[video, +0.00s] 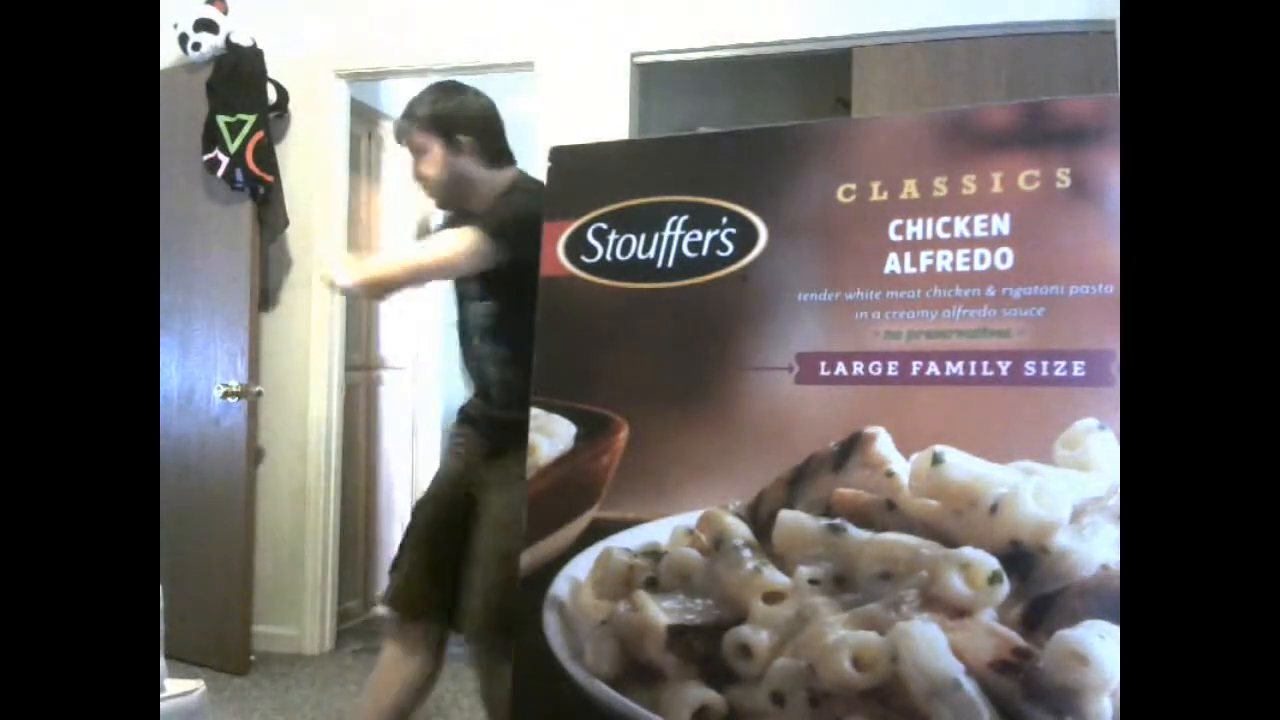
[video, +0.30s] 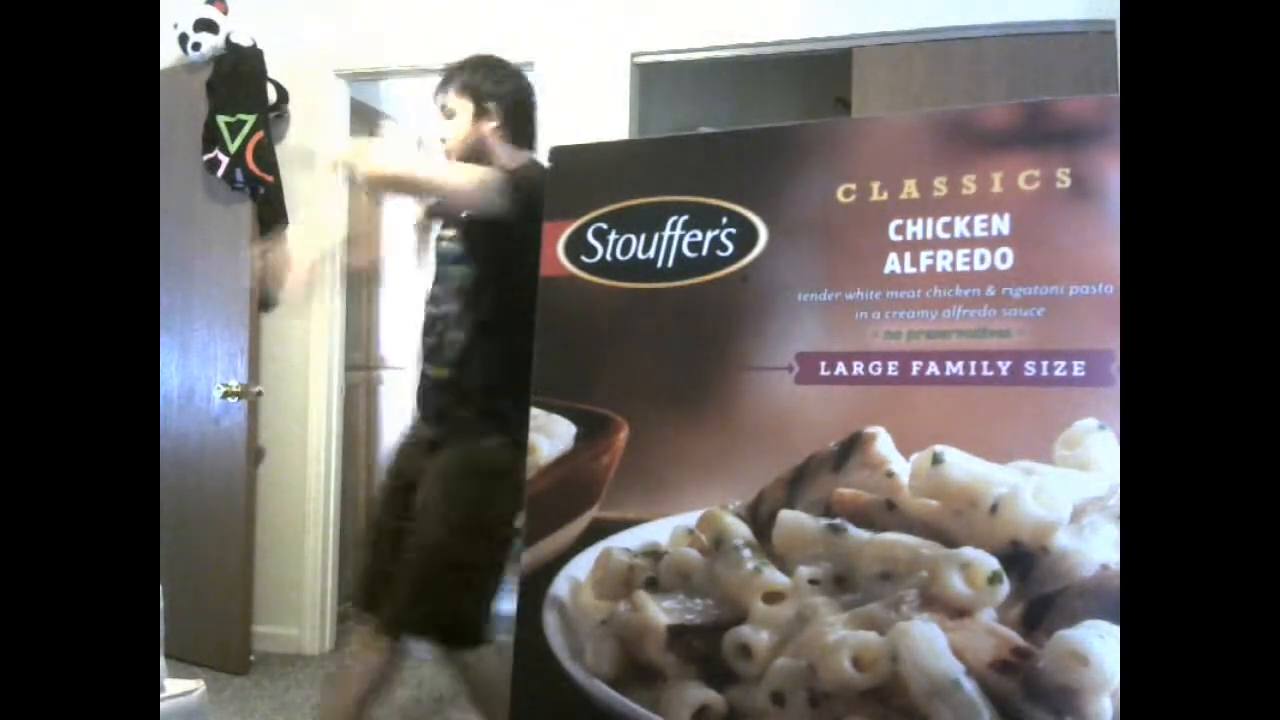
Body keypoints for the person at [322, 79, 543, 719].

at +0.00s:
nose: (415, 172)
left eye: (420, 154)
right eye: (412, 156)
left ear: (460, 145)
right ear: (456, 149)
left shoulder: (525, 206)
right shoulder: (477, 215)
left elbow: (451, 259)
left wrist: (361, 275)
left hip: (534, 439)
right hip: (478, 429)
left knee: (498, 630)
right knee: (415, 613)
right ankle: (374, 713)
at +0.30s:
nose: (438, 130)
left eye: (448, 115)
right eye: (439, 116)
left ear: (491, 117)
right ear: (490, 120)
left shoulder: (525, 184)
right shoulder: (470, 189)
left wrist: (378, 169)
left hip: (485, 441)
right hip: (431, 430)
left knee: (454, 625)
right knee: (377, 615)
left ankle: (509, 714)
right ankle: (336, 712)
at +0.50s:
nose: (443, 112)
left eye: (456, 96)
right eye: (427, 98)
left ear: (480, 102)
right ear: (407, 109)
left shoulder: (517, 188)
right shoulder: (384, 203)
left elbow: (595, 171)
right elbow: (331, 291)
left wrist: (522, 167)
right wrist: (420, 257)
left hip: (494, 424)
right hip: (403, 421)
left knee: (511, 607)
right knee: (331, 597)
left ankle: (532, 719)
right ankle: (288, 717)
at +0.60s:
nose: (443, 108)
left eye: (455, 92)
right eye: (425, 92)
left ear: (472, 100)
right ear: (397, 101)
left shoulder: (492, 179)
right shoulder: (373, 183)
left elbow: (571, 201)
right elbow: (331, 238)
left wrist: (566, 157)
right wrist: (434, 203)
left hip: (481, 420)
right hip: (391, 421)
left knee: (511, 603)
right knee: (327, 607)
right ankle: (282, 717)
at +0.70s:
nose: (421, 99)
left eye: (433, 86)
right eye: (405, 85)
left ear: (452, 98)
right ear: (376, 96)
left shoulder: (468, 179)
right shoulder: (359, 177)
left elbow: (534, 183)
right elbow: (337, 179)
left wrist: (561, 165)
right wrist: (389, 133)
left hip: (456, 423)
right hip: (368, 423)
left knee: (498, 601)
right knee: (308, 609)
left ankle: (521, 714)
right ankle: (273, 715)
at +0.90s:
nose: (404, 88)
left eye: (414, 75)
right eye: (388, 72)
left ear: (422, 89)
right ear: (345, 77)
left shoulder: (424, 171)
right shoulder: (315, 150)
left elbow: (534, 204)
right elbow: (350, 115)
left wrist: (539, 172)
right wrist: (441, 32)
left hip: (411, 407)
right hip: (320, 410)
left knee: (461, 590)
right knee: (286, 609)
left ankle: (490, 717)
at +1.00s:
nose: (387, 87)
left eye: (400, 74)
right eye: (370, 73)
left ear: (412, 86)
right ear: (338, 83)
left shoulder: (426, 176)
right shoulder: (308, 145)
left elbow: (518, 213)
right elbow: (269, 57)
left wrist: (493, 156)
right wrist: (343, 56)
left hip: (407, 404)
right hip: (315, 402)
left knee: (455, 586)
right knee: (283, 603)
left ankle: (480, 716)